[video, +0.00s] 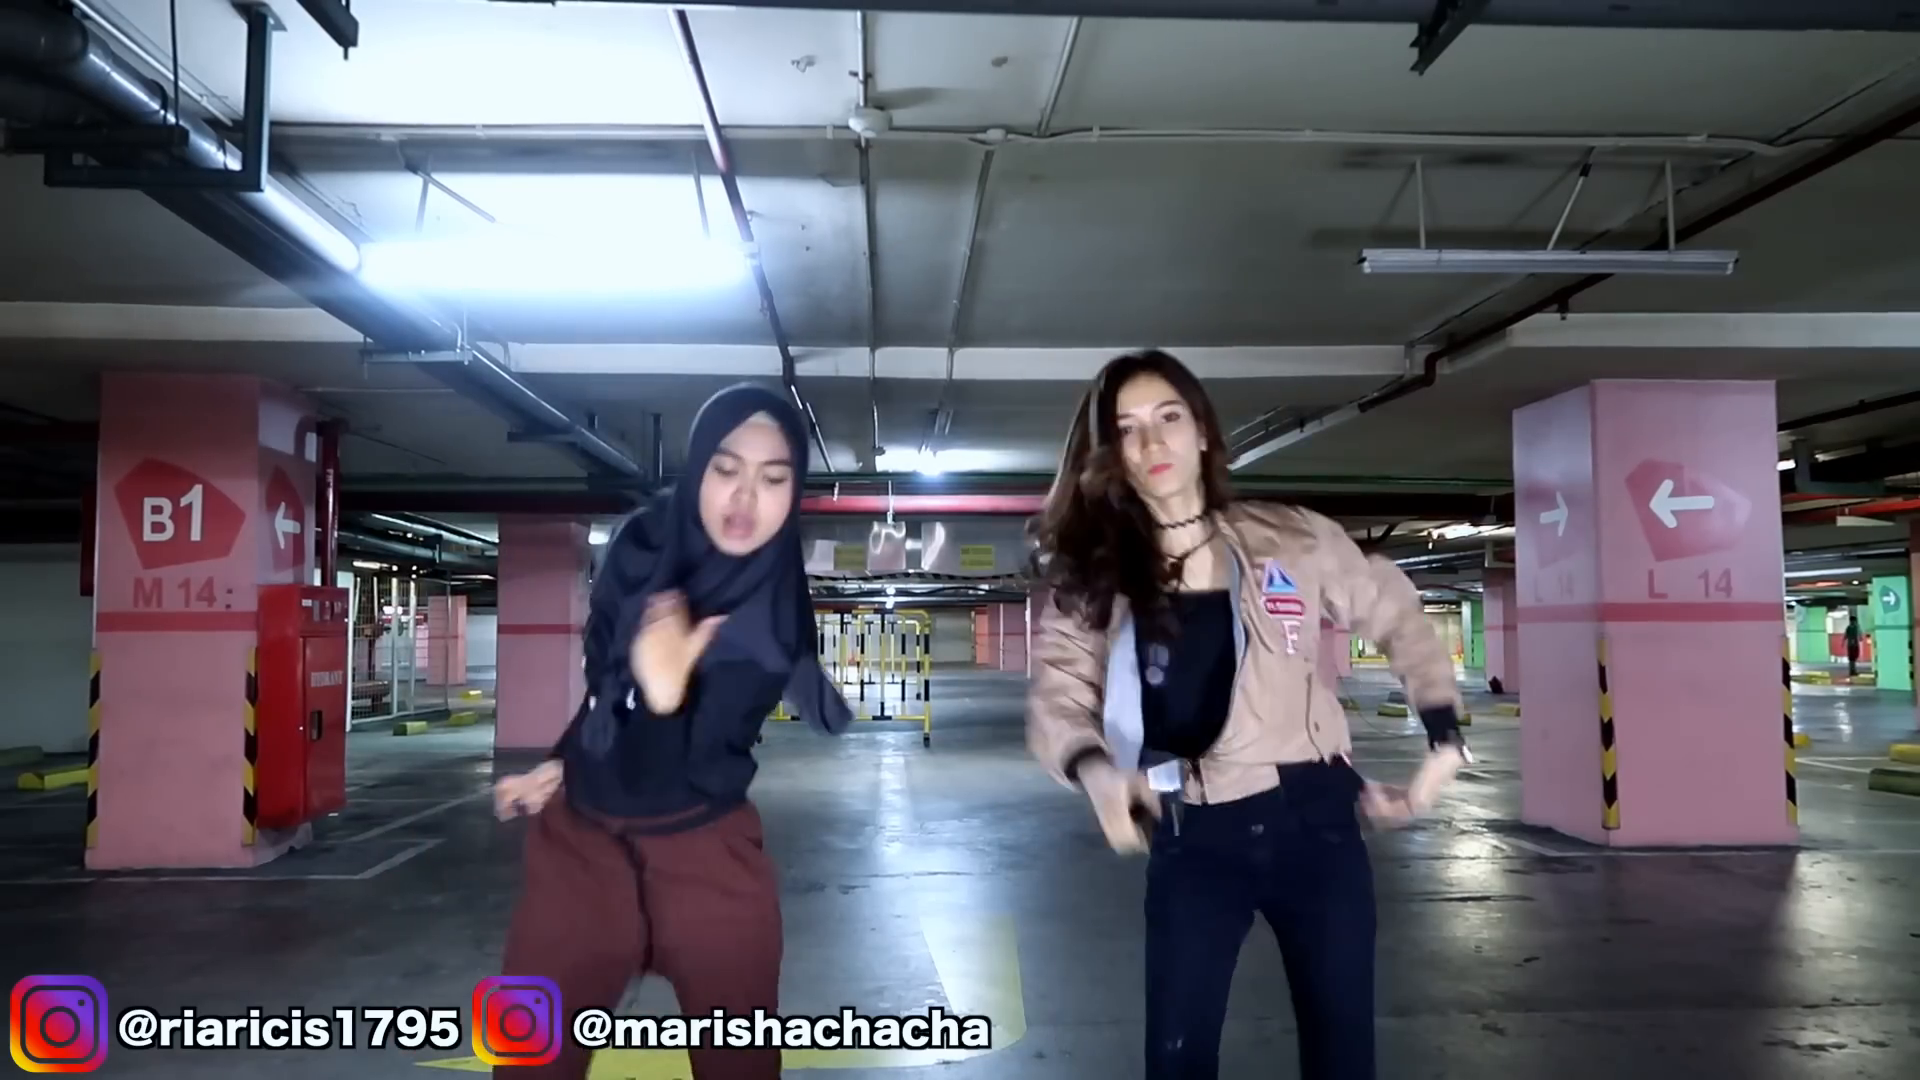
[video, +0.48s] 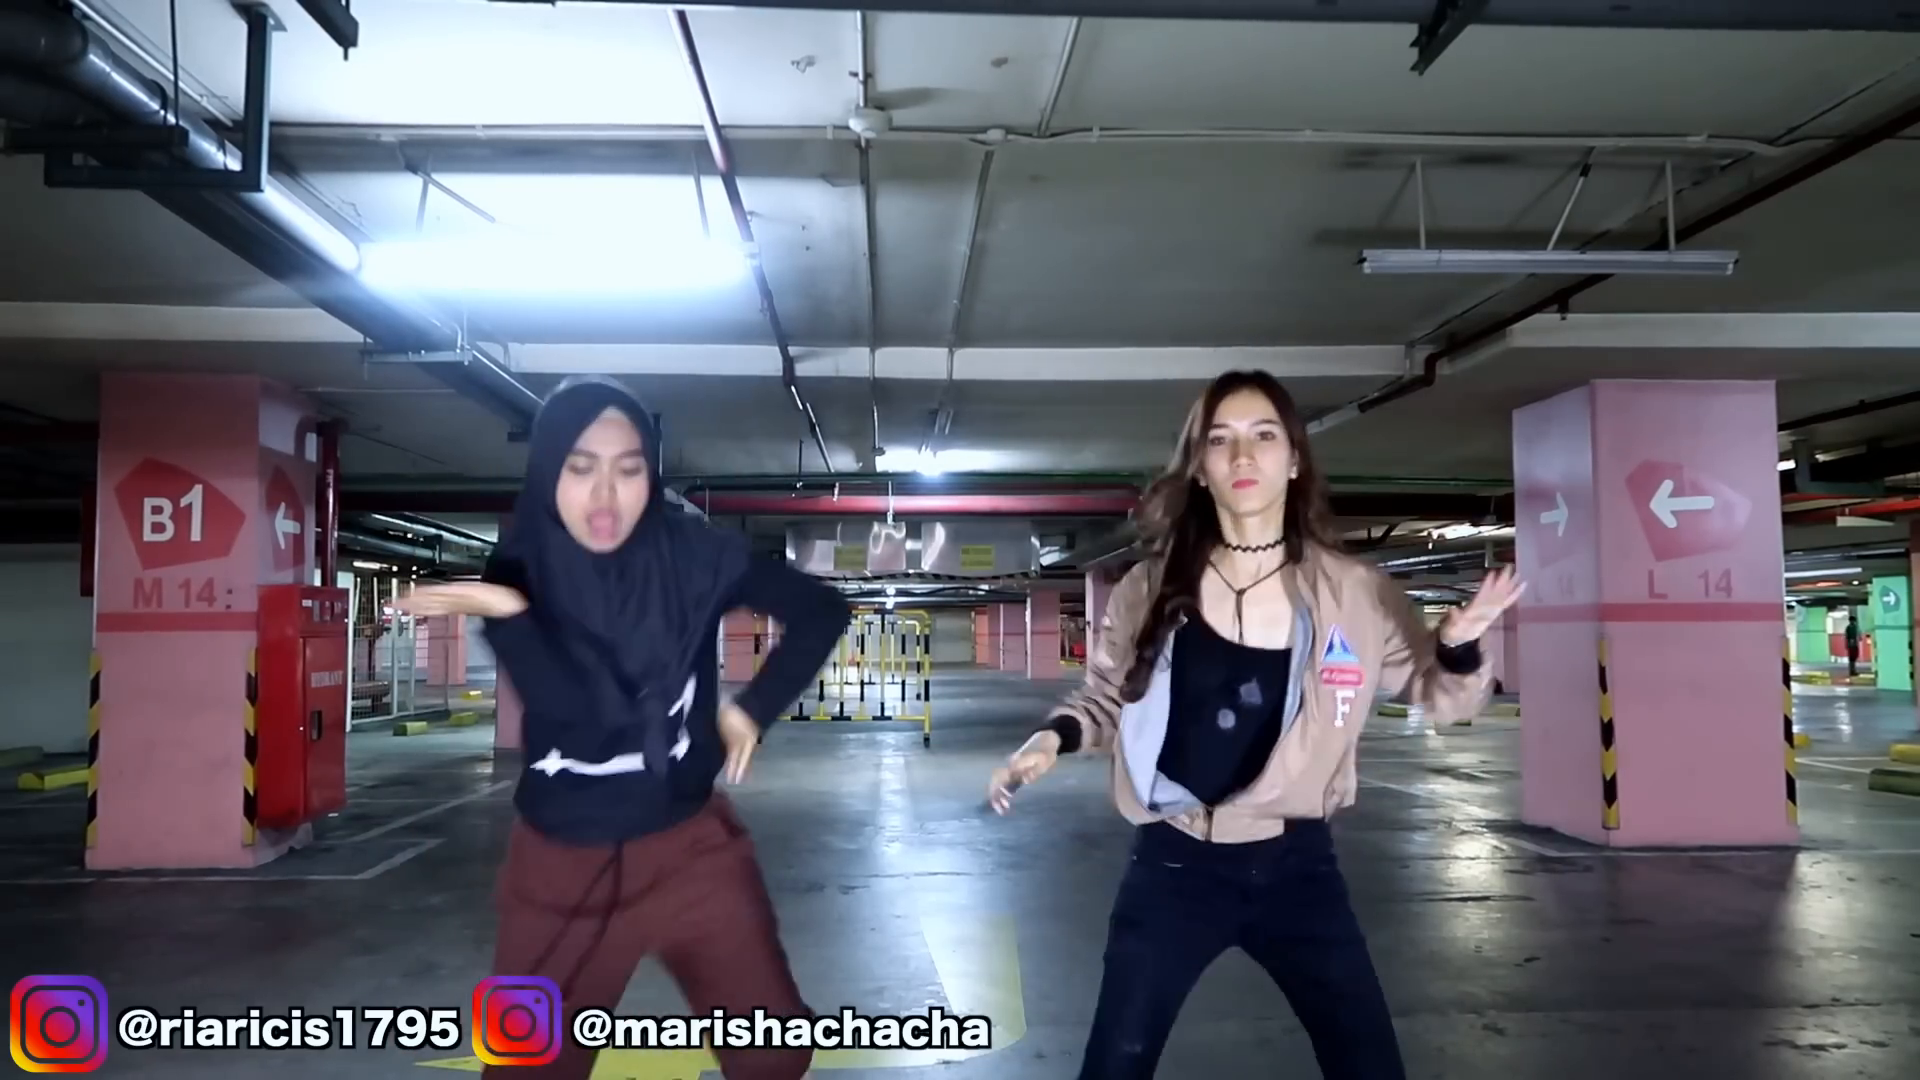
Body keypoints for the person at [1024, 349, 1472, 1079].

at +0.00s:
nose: (1152, 442)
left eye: (1169, 417)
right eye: (1129, 428)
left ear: (1203, 431)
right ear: (1109, 455)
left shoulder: (1296, 537)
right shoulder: (1095, 577)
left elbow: (1397, 613)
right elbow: (1056, 702)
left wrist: (1444, 735)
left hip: (1314, 820)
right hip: (1191, 838)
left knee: (1341, 1060)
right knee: (1176, 1060)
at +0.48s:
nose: (1242, 454)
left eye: (1263, 435)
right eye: (1221, 440)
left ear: (1294, 458)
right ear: (1198, 466)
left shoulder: (1354, 588)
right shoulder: (1149, 587)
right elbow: (1102, 698)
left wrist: (1460, 644)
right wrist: (1051, 740)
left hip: (1296, 867)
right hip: (1172, 866)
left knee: (1371, 1066)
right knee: (1116, 1060)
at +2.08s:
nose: (1136, 545)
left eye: (1158, 526)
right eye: (1119, 527)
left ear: (1188, 546)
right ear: (1097, 545)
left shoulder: (1228, 673)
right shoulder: (1042, 660)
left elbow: (1298, 804)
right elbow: (1008, 773)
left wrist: (1375, 918)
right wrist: (1067, 823)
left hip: (1230, 925)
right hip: (1108, 932)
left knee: (1327, 1073)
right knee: (1021, 1073)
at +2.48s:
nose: (1167, 496)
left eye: (1186, 474)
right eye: (1146, 482)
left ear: (1219, 491)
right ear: (1130, 506)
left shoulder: (1267, 603)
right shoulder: (1115, 619)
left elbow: (1275, 726)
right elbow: (1107, 756)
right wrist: (1123, 650)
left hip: (1271, 878)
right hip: (1153, 891)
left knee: (1376, 1066)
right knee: (1085, 1069)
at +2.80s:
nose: (1220, 535)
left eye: (1239, 512)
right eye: (1203, 520)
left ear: (1281, 520)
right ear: (1188, 536)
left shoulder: (1355, 634)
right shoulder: (1171, 644)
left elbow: (1475, 710)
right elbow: (1134, 739)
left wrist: (1424, 814)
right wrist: (1132, 791)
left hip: (1334, 912)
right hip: (1211, 912)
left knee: (1394, 1073)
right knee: (1140, 1070)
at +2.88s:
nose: (1232, 530)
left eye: (1254, 510)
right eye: (1223, 514)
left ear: (1307, 519)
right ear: (1213, 528)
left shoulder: (1366, 635)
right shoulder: (1187, 642)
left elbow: (1479, 728)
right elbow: (1163, 773)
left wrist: (1395, 790)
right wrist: (1125, 843)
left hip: (1350, 904)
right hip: (1229, 906)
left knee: (1402, 1073)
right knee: (1105, 1066)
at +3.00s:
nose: (1229, 513)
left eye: (1250, 491)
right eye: (1228, 495)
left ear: (1310, 503)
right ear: (1227, 508)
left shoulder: (1363, 628)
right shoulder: (1210, 620)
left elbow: (1383, 756)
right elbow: (1165, 737)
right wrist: (1115, 848)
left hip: (1345, 891)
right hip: (1227, 884)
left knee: (1385, 1069)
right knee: (1083, 1036)